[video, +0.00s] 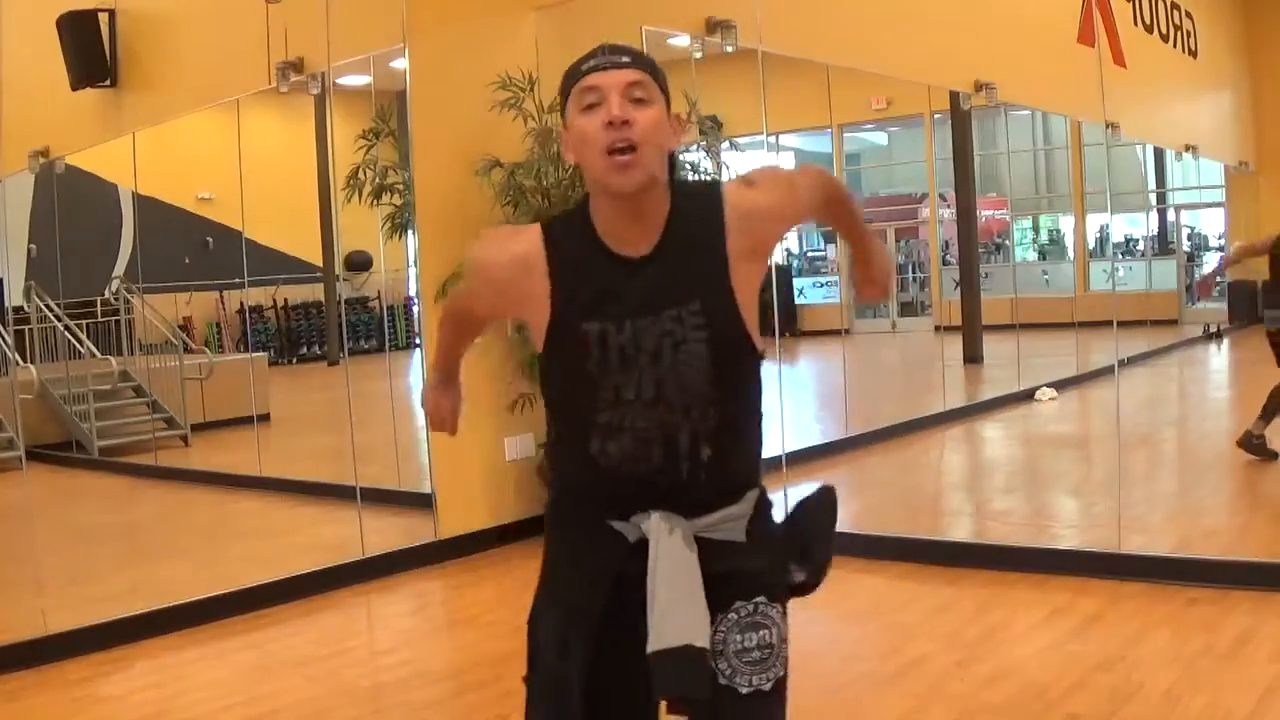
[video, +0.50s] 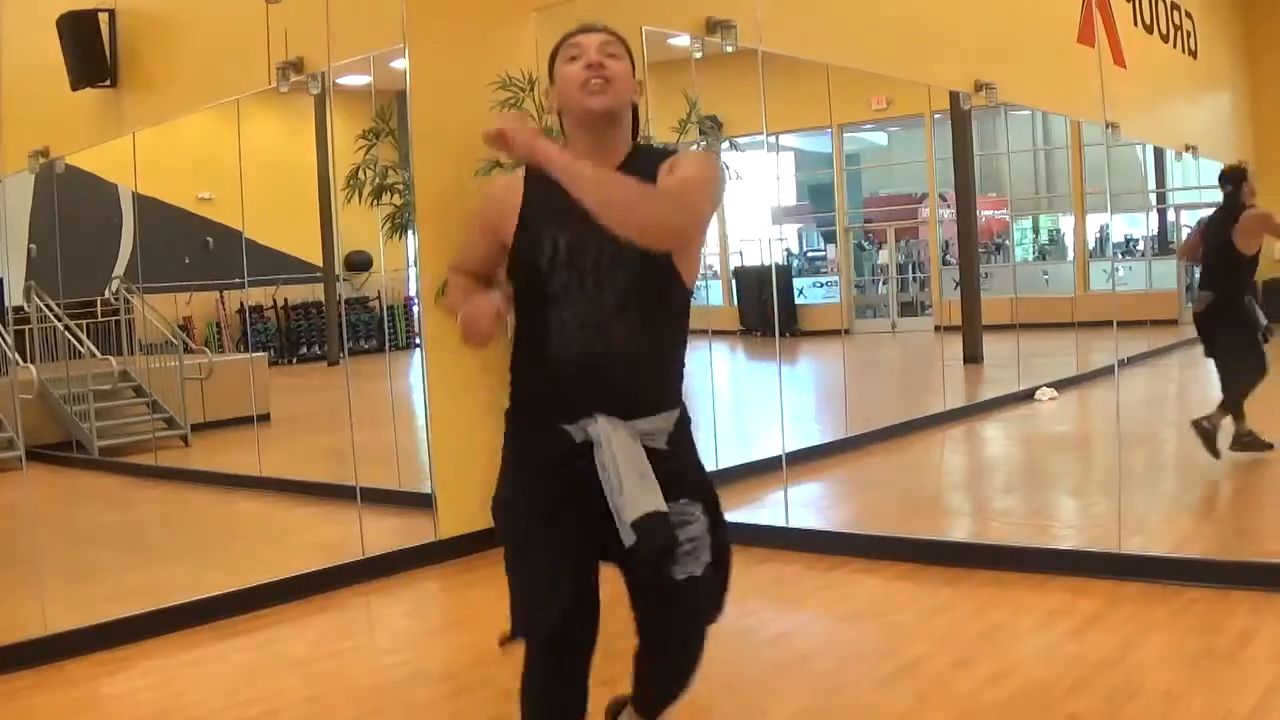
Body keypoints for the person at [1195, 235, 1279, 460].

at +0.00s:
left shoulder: (1276, 242)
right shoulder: (1276, 241)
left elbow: (1244, 250)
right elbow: (1244, 250)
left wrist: (1213, 273)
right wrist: (1214, 273)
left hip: (1274, 326)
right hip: (1276, 326)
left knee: (1279, 385)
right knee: (1279, 385)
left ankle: (1255, 432)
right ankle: (1255, 432)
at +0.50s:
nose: (1254, 188)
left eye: (1252, 183)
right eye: (1251, 184)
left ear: (1224, 189)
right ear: (1244, 188)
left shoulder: (1209, 220)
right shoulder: (1256, 218)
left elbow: (1185, 253)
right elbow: (1279, 230)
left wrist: (1211, 253)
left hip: (1205, 308)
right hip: (1233, 306)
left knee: (1230, 369)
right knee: (1256, 368)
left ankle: (1242, 431)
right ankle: (1212, 421)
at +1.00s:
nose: (1210, 198)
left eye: (1207, 192)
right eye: (1206, 193)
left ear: (1180, 200)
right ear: (1196, 198)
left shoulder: (1163, 230)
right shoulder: (1207, 229)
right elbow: (1185, 246)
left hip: (1144, 318)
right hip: (1177, 323)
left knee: (1126, 381)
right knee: (1189, 385)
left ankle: (1099, 439)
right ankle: (1171, 456)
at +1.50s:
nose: (1155, 207)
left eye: (1153, 201)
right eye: (1152, 202)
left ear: (1124, 208)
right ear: (1142, 206)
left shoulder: (1104, 242)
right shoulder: (1161, 241)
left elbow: (1091, 294)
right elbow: (1184, 287)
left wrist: (1088, 335)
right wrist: (1189, 304)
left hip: (1104, 337)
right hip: (1139, 336)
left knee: (1107, 405)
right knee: (1150, 397)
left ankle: (1108, 474)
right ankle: (1160, 456)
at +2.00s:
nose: (1126, 201)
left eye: (1119, 197)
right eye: (1123, 197)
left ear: (1096, 205)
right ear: (1121, 200)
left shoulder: (1084, 239)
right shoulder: (1146, 236)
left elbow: (1076, 291)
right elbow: (1157, 286)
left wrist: (1076, 336)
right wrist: (1155, 328)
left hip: (1099, 333)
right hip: (1137, 332)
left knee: (1102, 400)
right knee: (1137, 396)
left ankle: (1107, 470)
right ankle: (1134, 459)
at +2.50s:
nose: (1166, 204)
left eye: (1163, 199)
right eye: (1163, 199)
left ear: (1134, 204)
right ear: (1156, 201)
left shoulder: (1117, 240)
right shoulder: (1176, 234)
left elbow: (1107, 290)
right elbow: (1194, 284)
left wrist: (1106, 335)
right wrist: (1199, 326)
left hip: (1125, 336)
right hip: (1163, 335)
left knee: (1114, 402)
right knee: (1176, 397)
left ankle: (1107, 468)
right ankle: (1182, 462)